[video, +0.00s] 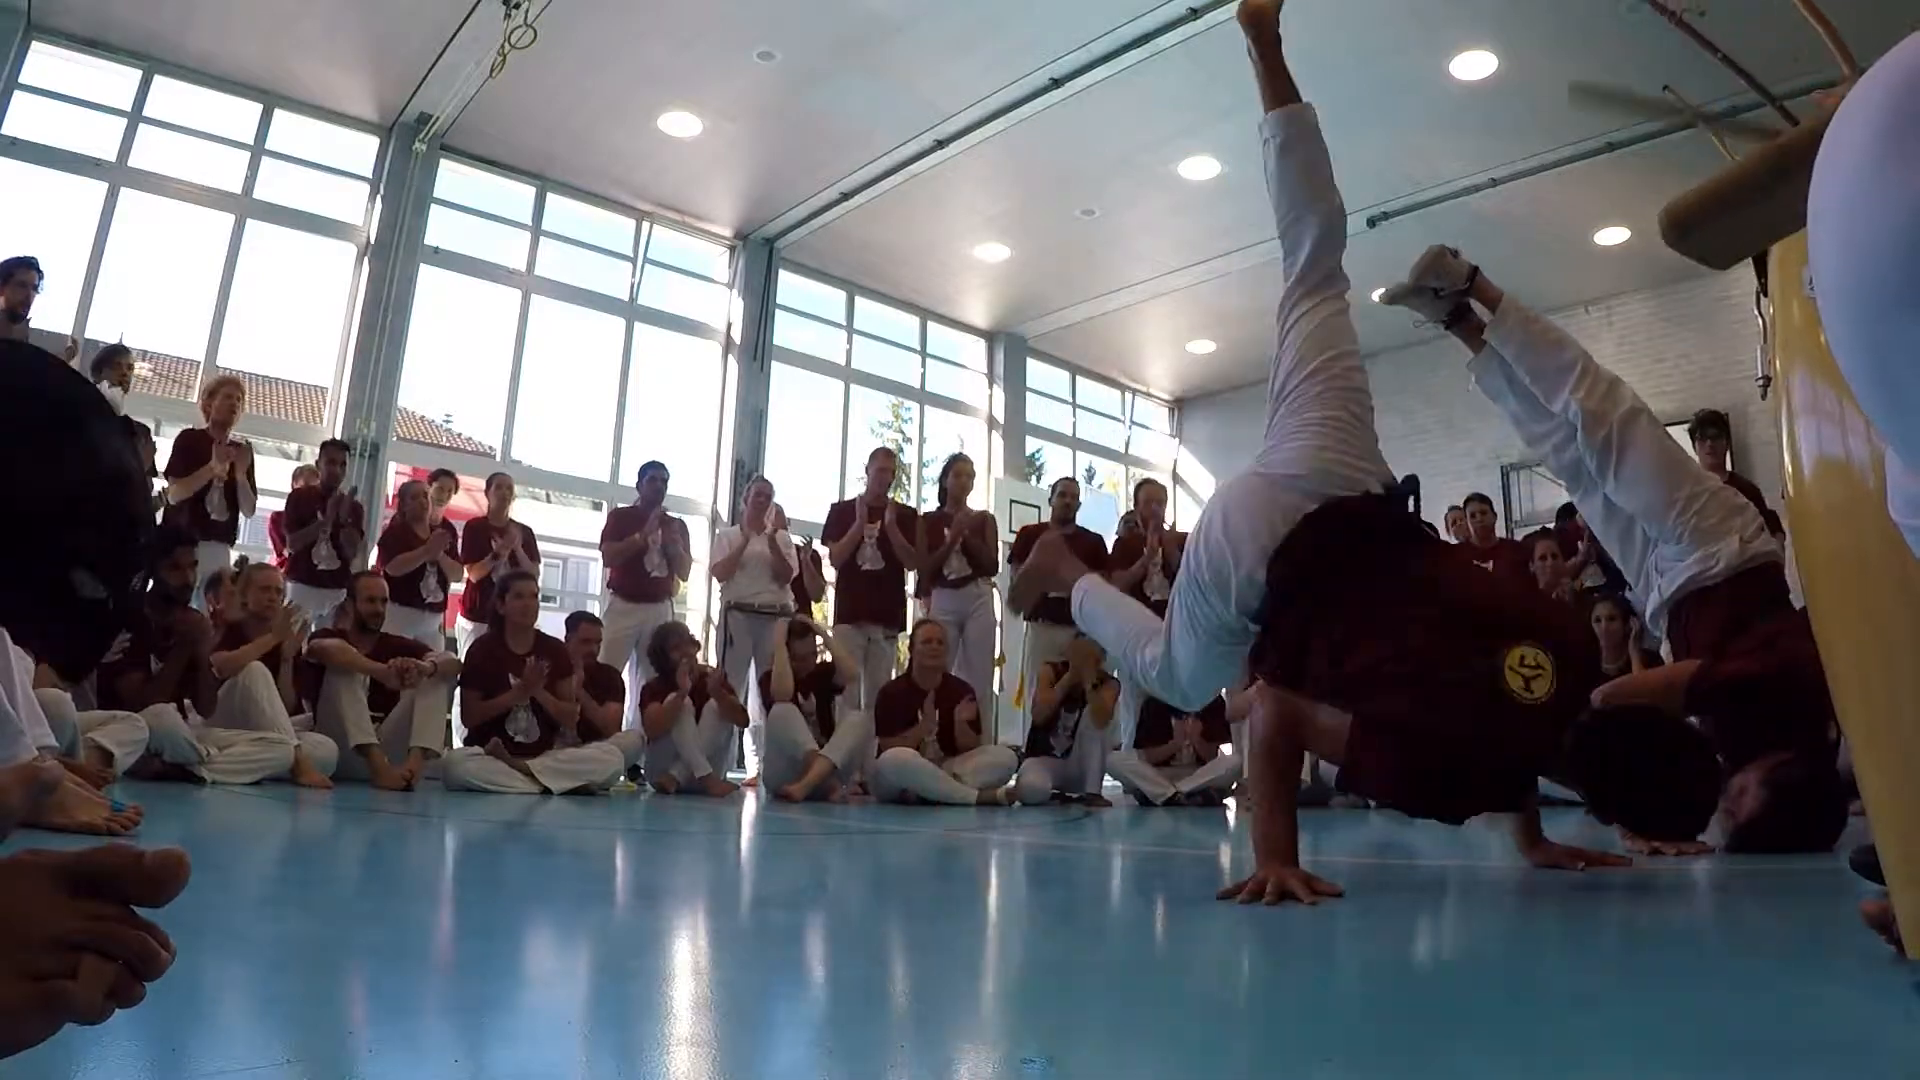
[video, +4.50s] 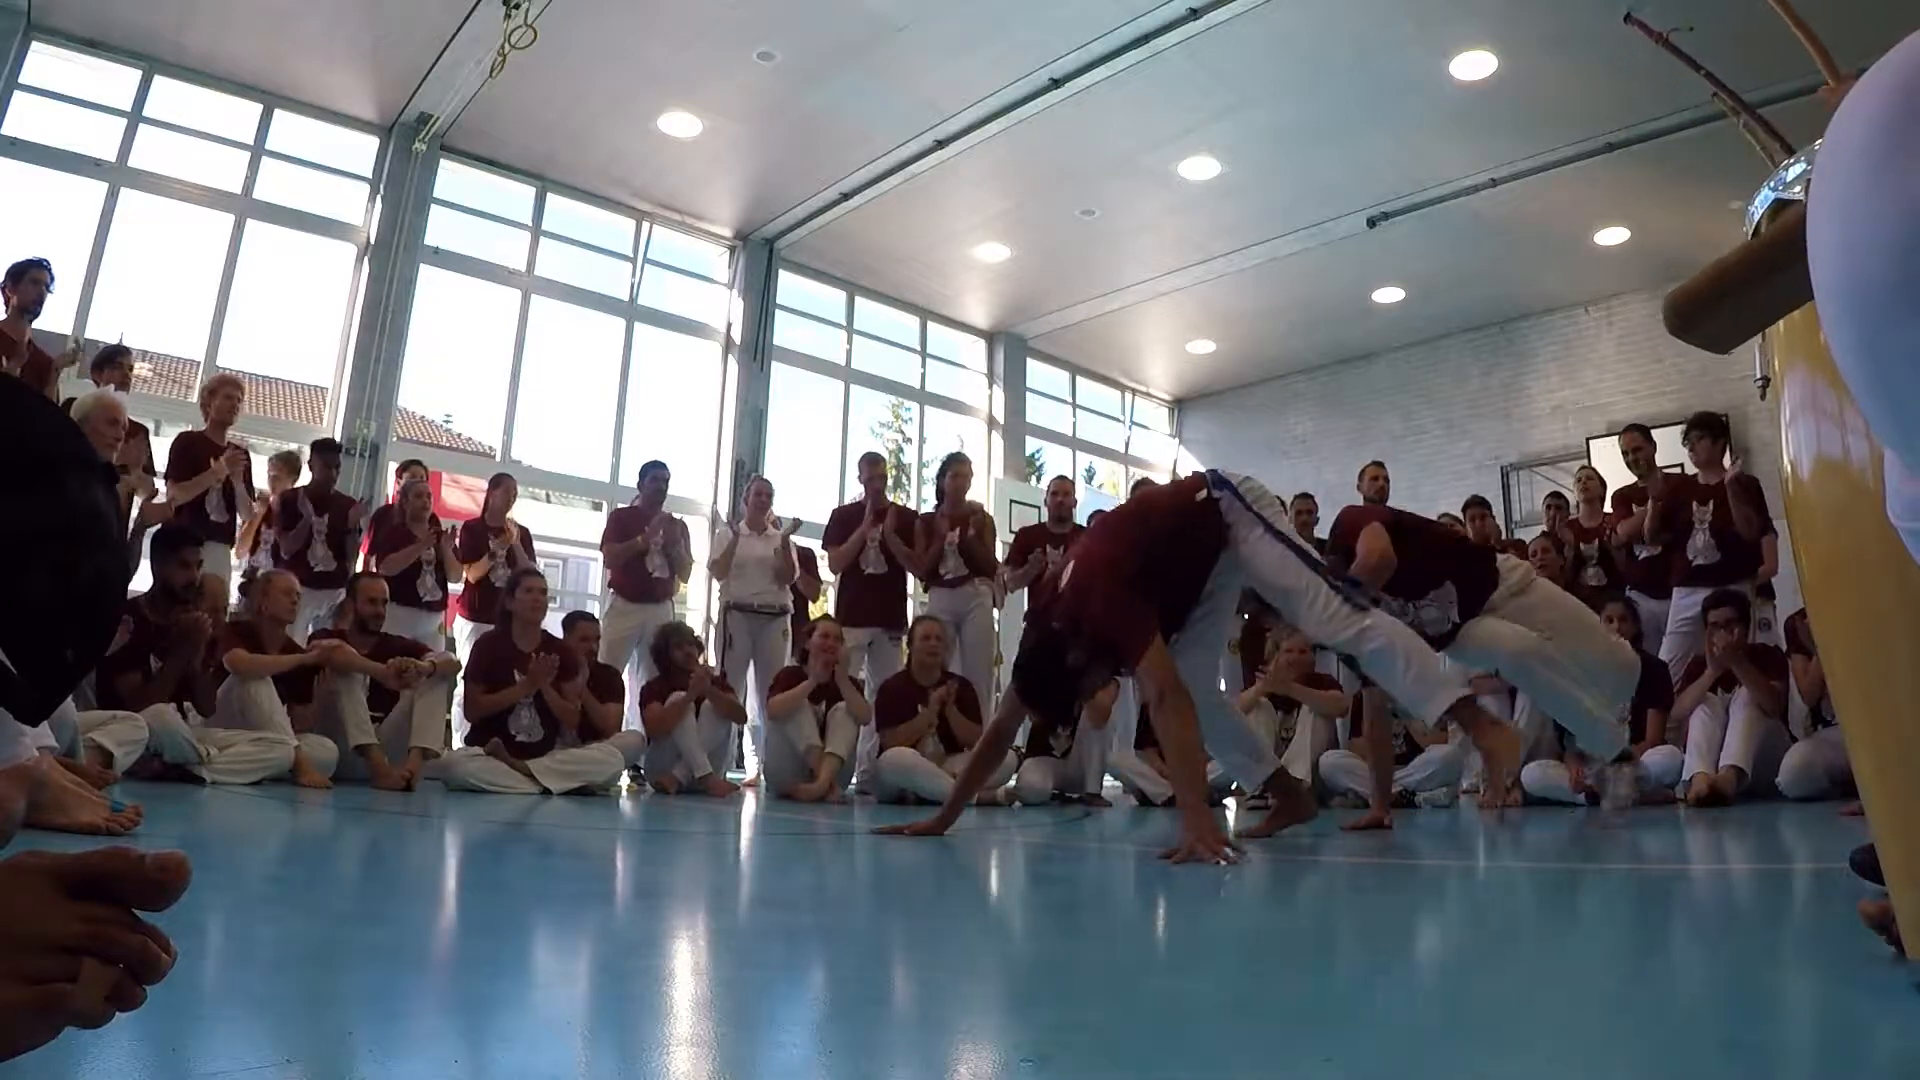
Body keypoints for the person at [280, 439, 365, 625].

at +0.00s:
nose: (337, 470)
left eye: (342, 465)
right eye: (331, 463)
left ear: (346, 469)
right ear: (318, 465)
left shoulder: (353, 508)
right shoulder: (299, 497)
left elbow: (351, 551)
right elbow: (293, 543)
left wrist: (345, 519)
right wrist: (326, 520)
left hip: (335, 589)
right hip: (301, 584)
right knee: (292, 650)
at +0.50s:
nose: (338, 475)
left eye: (344, 470)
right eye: (333, 467)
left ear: (349, 471)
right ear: (321, 463)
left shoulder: (354, 509)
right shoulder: (296, 498)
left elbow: (356, 561)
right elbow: (275, 543)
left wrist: (339, 540)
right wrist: (312, 540)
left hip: (336, 592)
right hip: (298, 589)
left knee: (327, 660)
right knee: (289, 655)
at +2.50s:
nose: (342, 474)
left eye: (347, 470)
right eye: (337, 466)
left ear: (351, 473)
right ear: (324, 464)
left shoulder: (353, 508)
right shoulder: (298, 496)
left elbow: (355, 556)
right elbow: (285, 540)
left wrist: (359, 526)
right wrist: (306, 508)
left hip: (335, 590)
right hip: (300, 585)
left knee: (329, 654)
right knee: (290, 650)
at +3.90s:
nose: (337, 475)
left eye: (342, 469)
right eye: (333, 468)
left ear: (348, 471)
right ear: (320, 464)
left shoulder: (353, 509)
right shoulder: (296, 499)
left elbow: (351, 557)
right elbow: (273, 545)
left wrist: (339, 537)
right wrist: (310, 542)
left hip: (334, 592)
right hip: (296, 589)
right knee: (285, 654)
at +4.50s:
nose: (333, 473)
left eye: (337, 467)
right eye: (327, 466)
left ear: (341, 468)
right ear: (311, 465)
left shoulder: (348, 505)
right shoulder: (287, 499)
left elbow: (351, 557)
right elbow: (287, 548)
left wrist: (354, 527)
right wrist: (306, 522)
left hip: (334, 591)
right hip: (297, 589)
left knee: (328, 661)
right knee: (290, 656)